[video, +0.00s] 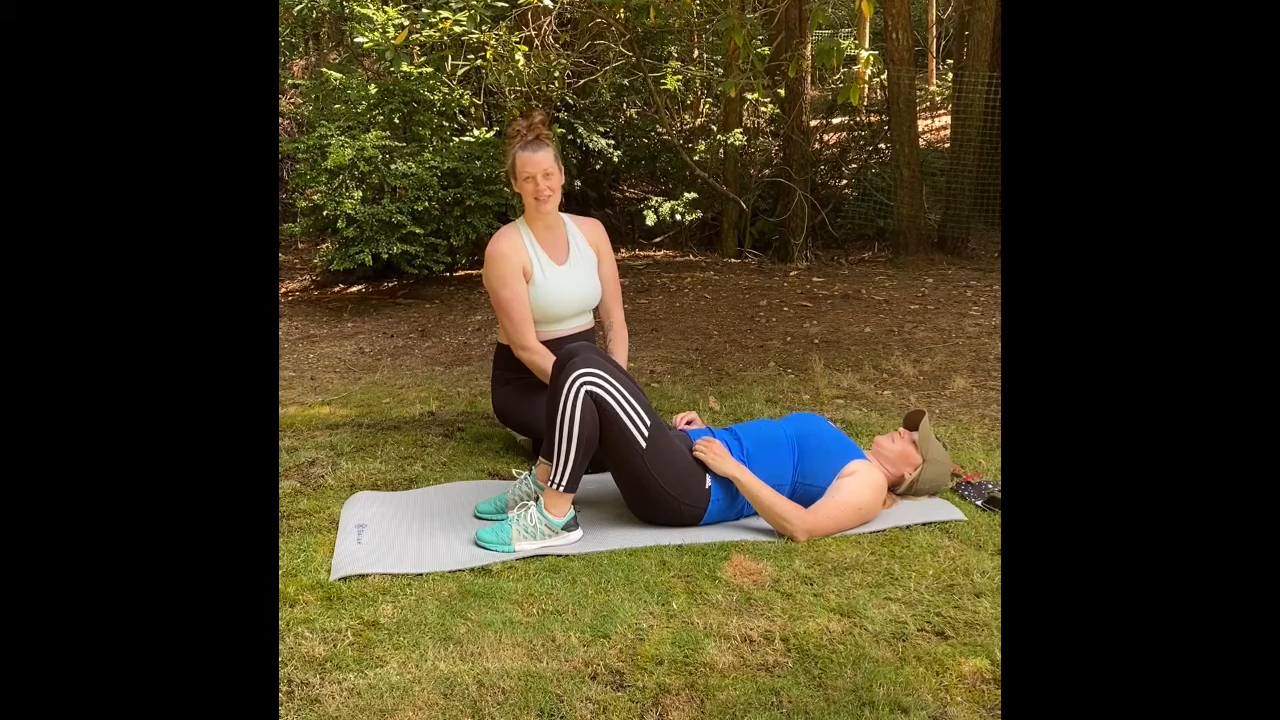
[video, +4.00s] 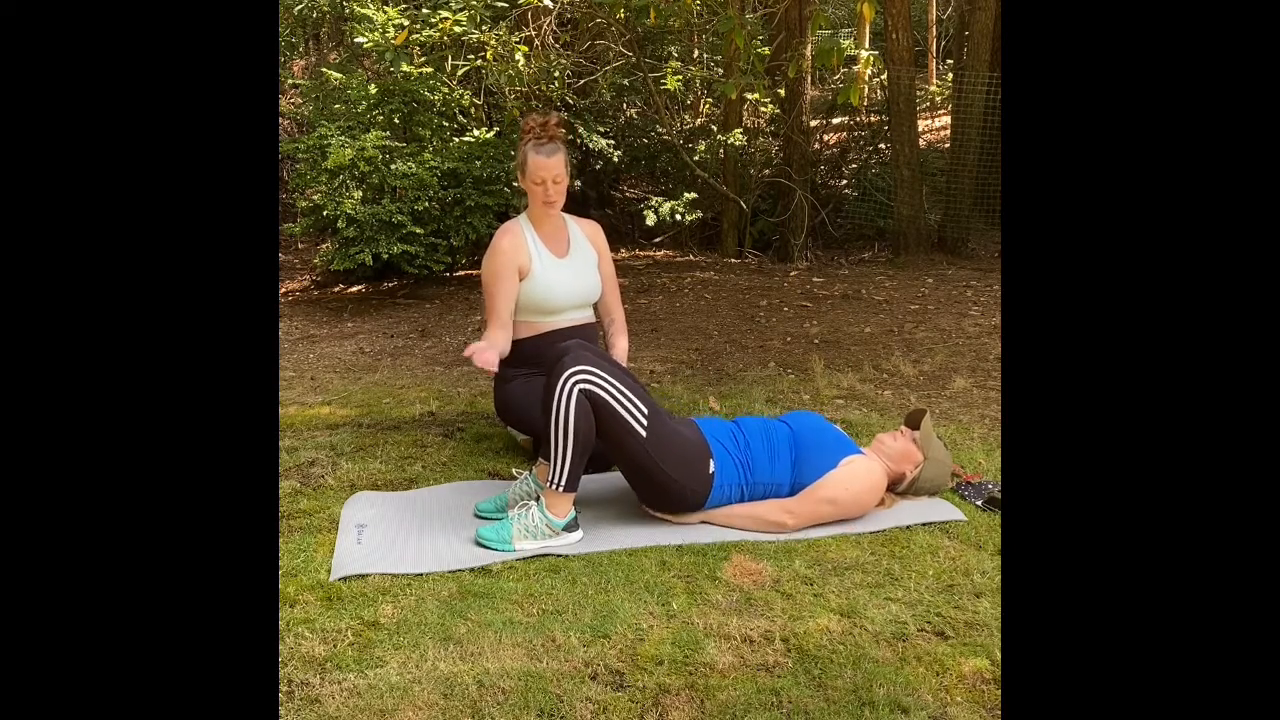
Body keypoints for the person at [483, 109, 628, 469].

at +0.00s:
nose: (541, 187)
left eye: (548, 174)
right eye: (529, 179)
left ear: (562, 175)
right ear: (515, 185)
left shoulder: (591, 232)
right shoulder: (505, 248)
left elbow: (614, 321)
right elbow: (524, 346)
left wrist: (614, 384)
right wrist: (585, 396)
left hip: (584, 366)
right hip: (523, 382)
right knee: (601, 445)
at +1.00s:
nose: (570, 196)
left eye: (575, 185)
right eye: (559, 184)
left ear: (580, 184)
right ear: (530, 182)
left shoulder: (590, 232)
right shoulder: (506, 247)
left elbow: (613, 321)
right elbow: (524, 348)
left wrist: (614, 385)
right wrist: (588, 396)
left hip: (584, 366)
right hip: (523, 378)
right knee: (602, 446)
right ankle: (538, 442)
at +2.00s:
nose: (562, 191)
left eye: (570, 181)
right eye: (551, 179)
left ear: (579, 183)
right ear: (530, 179)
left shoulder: (592, 233)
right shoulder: (508, 247)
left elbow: (614, 322)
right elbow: (524, 347)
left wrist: (613, 385)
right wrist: (588, 396)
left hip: (584, 367)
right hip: (524, 379)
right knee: (602, 446)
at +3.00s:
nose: (564, 196)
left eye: (573, 186)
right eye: (554, 185)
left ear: (581, 183)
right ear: (533, 181)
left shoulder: (595, 234)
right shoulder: (512, 246)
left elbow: (615, 321)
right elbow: (502, 346)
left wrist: (614, 380)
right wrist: (569, 384)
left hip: (585, 373)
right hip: (525, 384)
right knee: (610, 447)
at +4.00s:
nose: (550, 191)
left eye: (558, 180)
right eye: (539, 182)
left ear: (568, 177)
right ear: (522, 181)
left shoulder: (591, 233)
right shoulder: (509, 242)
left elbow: (614, 320)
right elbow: (498, 322)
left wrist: (616, 361)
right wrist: (492, 344)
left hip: (588, 365)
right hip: (525, 373)